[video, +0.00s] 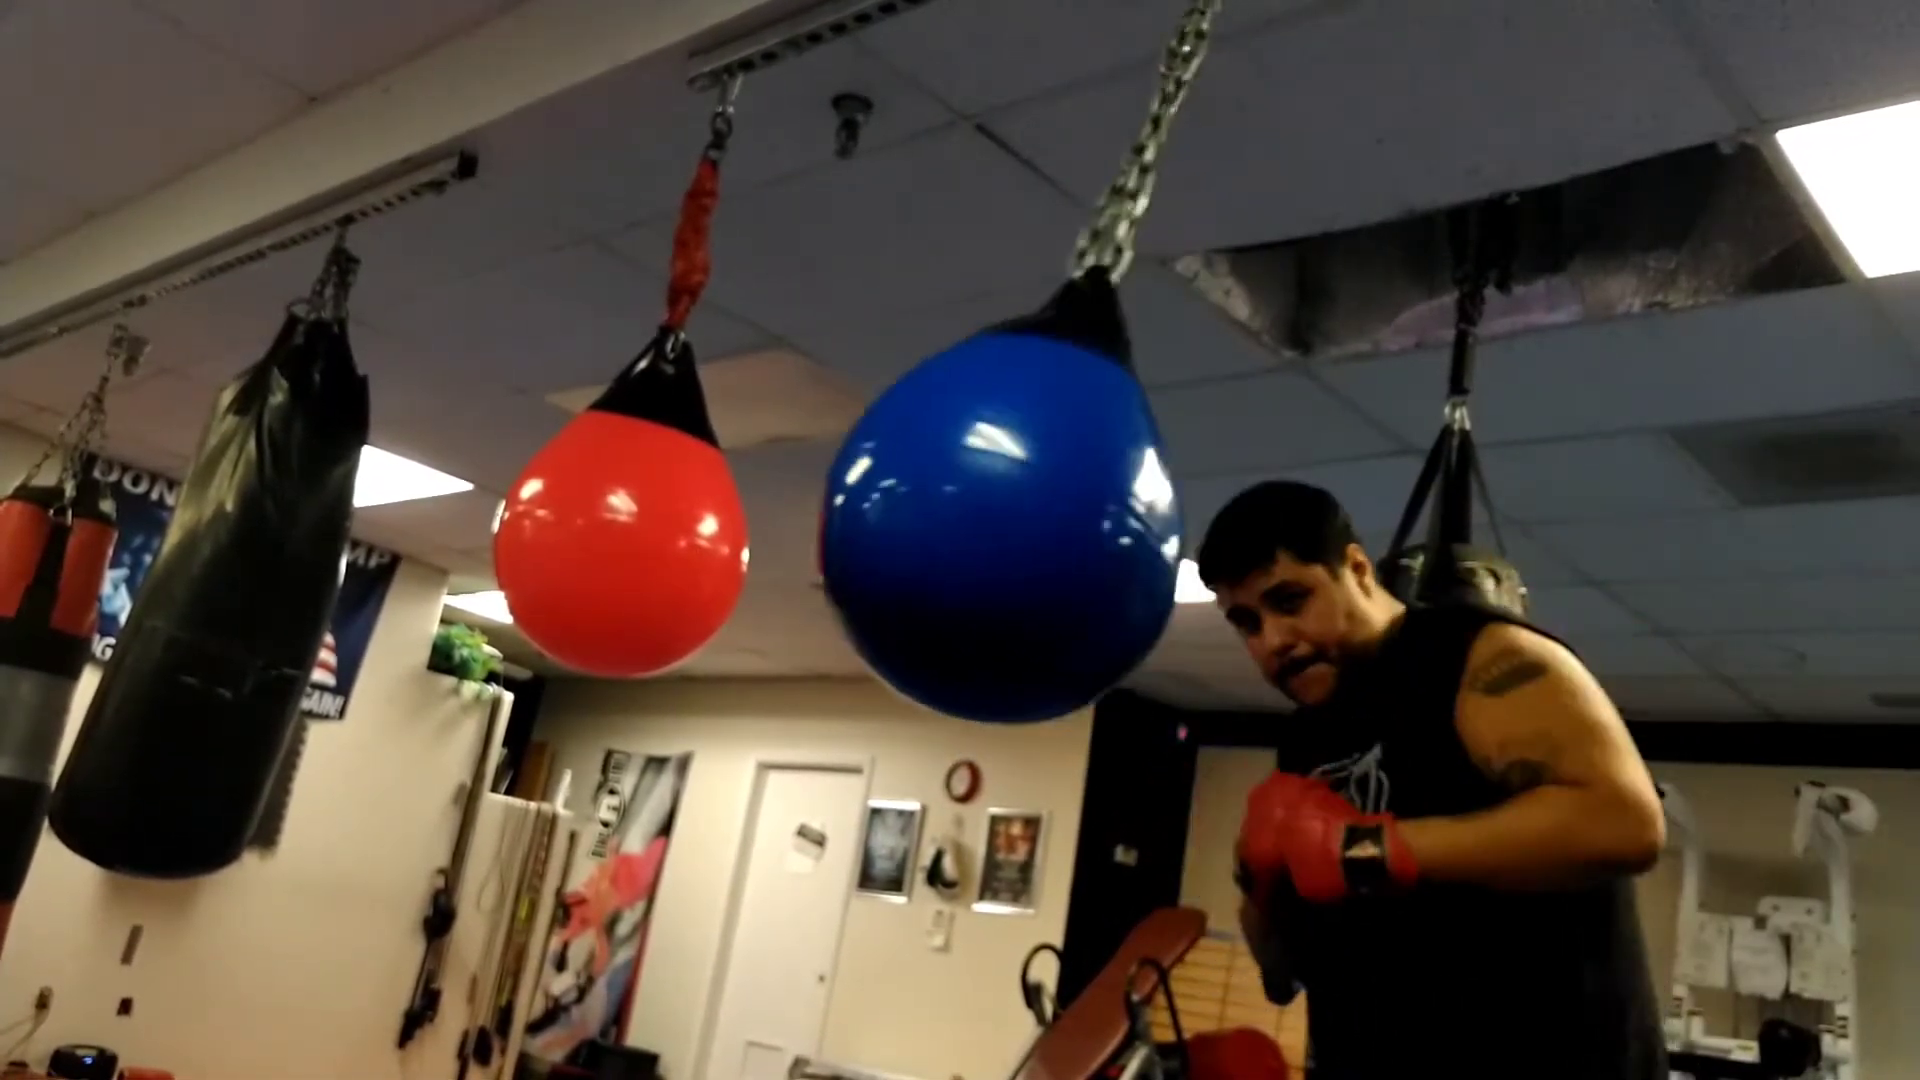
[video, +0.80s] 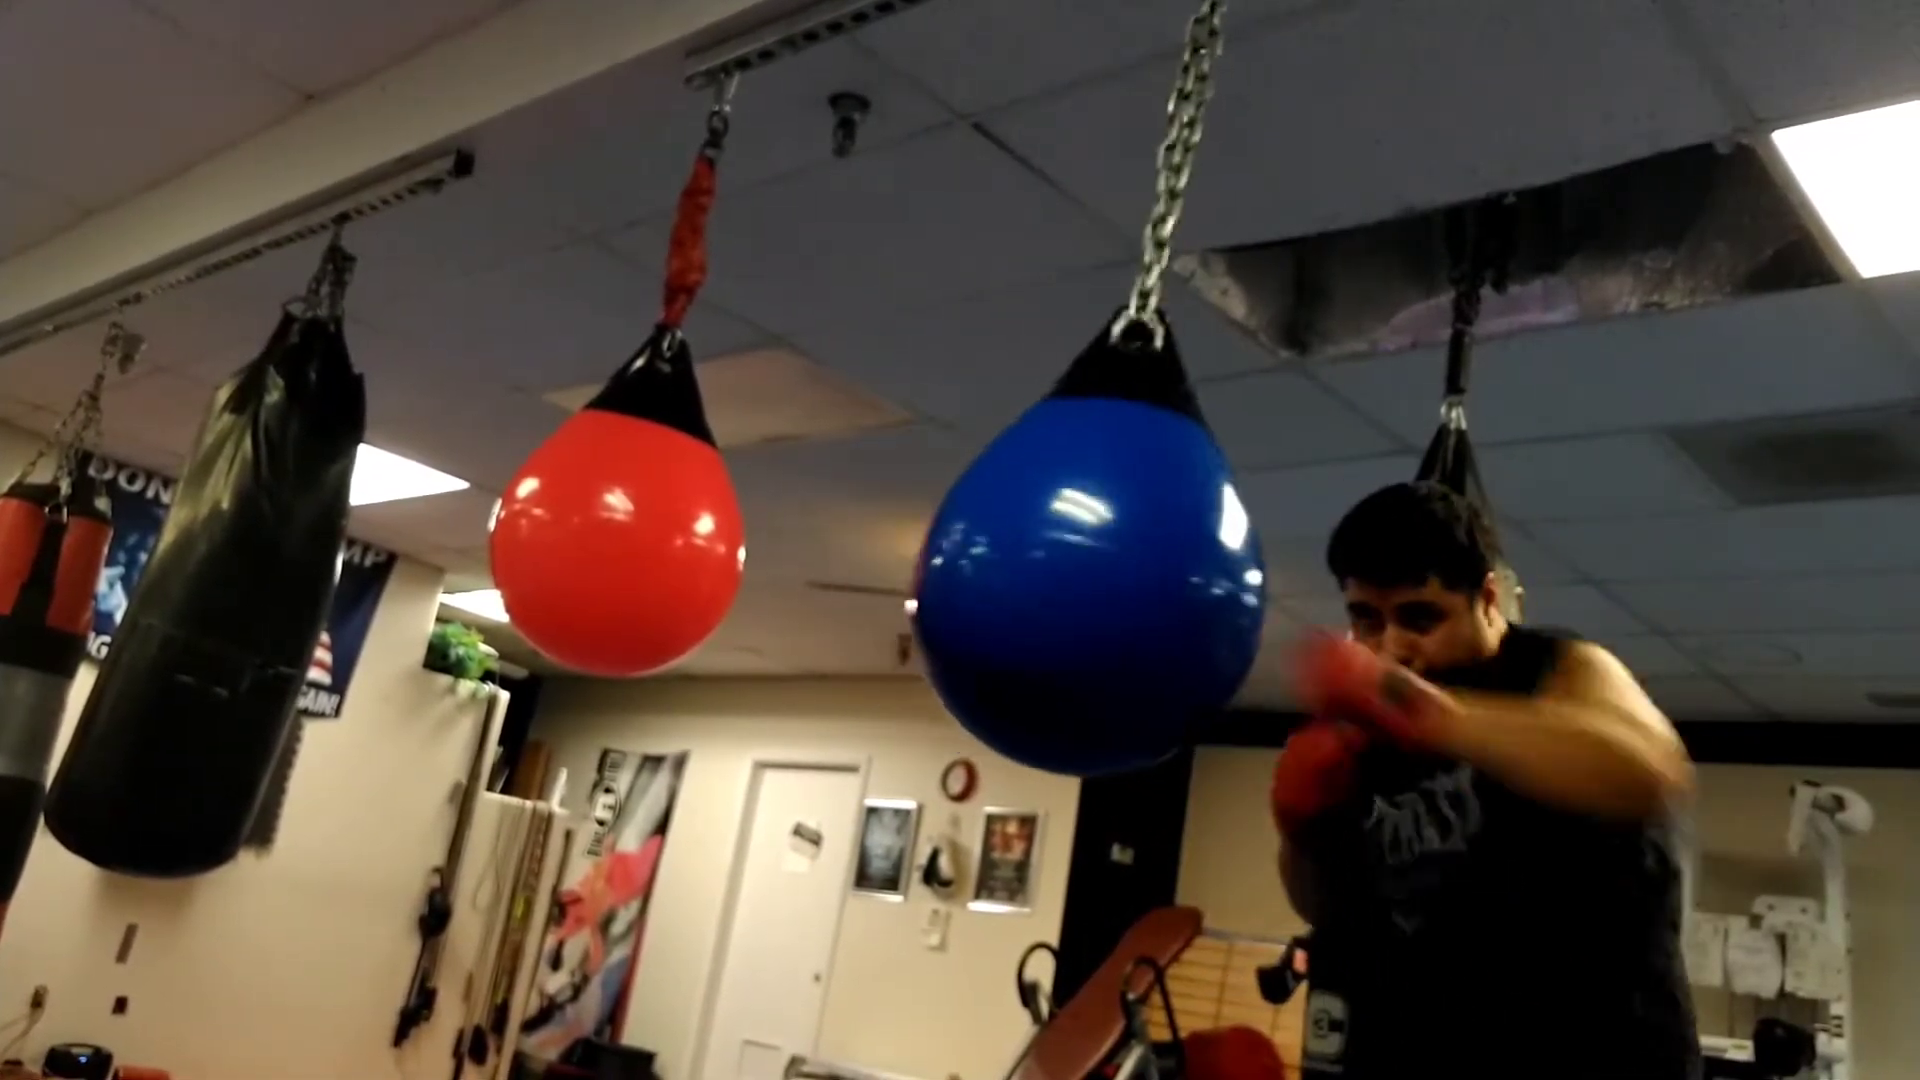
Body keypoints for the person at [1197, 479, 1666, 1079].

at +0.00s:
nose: (1274, 641)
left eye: (1291, 601)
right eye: (1247, 623)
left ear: (1357, 570)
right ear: (1234, 631)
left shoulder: (1493, 659)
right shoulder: (1310, 738)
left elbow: (1622, 818)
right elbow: (1281, 965)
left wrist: (1375, 847)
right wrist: (1267, 876)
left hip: (1551, 1078)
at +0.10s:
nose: (1289, 636)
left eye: (1310, 597)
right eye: (1268, 614)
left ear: (1386, 568)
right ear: (1254, 617)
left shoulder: (1522, 665)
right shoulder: (1327, 725)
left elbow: (1632, 838)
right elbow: (1280, 934)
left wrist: (1391, 782)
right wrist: (1251, 870)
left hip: (1552, 1072)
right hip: (1376, 1074)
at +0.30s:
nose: (1326, 634)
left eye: (1338, 602)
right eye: (1313, 612)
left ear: (1422, 561)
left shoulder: (1594, 689)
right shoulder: (1388, 660)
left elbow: (1573, 890)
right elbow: (1289, 641)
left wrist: (1389, 736)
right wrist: (1173, 639)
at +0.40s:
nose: (1365, 617)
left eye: (1383, 583)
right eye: (1351, 592)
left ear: (1472, 550)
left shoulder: (1617, 699)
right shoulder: (1391, 643)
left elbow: (1583, 904)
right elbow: (1283, 656)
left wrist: (1406, 755)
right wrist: (1225, 674)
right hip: (1394, 1064)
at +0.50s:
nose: (1404, 621)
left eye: (1432, 584)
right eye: (1383, 590)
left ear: (1519, 558)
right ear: (1368, 584)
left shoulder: (1641, 696)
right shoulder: (1385, 650)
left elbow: (1671, 922)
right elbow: (1237, 743)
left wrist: (1488, 792)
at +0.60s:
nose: (1407, 633)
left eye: (1438, 598)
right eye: (1387, 604)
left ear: (1520, 583)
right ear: (1369, 601)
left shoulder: (1653, 719)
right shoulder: (1374, 695)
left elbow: (1761, 925)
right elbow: (1255, 835)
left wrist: (1563, 882)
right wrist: (1291, 858)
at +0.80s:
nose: (1391, 647)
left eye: (1420, 618)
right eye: (1366, 619)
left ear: (1490, 600)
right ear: (1347, 613)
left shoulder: (1568, 670)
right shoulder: (1355, 722)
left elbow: (1655, 776)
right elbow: (1321, 907)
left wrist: (1443, 721)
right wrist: (1306, 824)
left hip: (1592, 1073)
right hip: (1411, 1073)